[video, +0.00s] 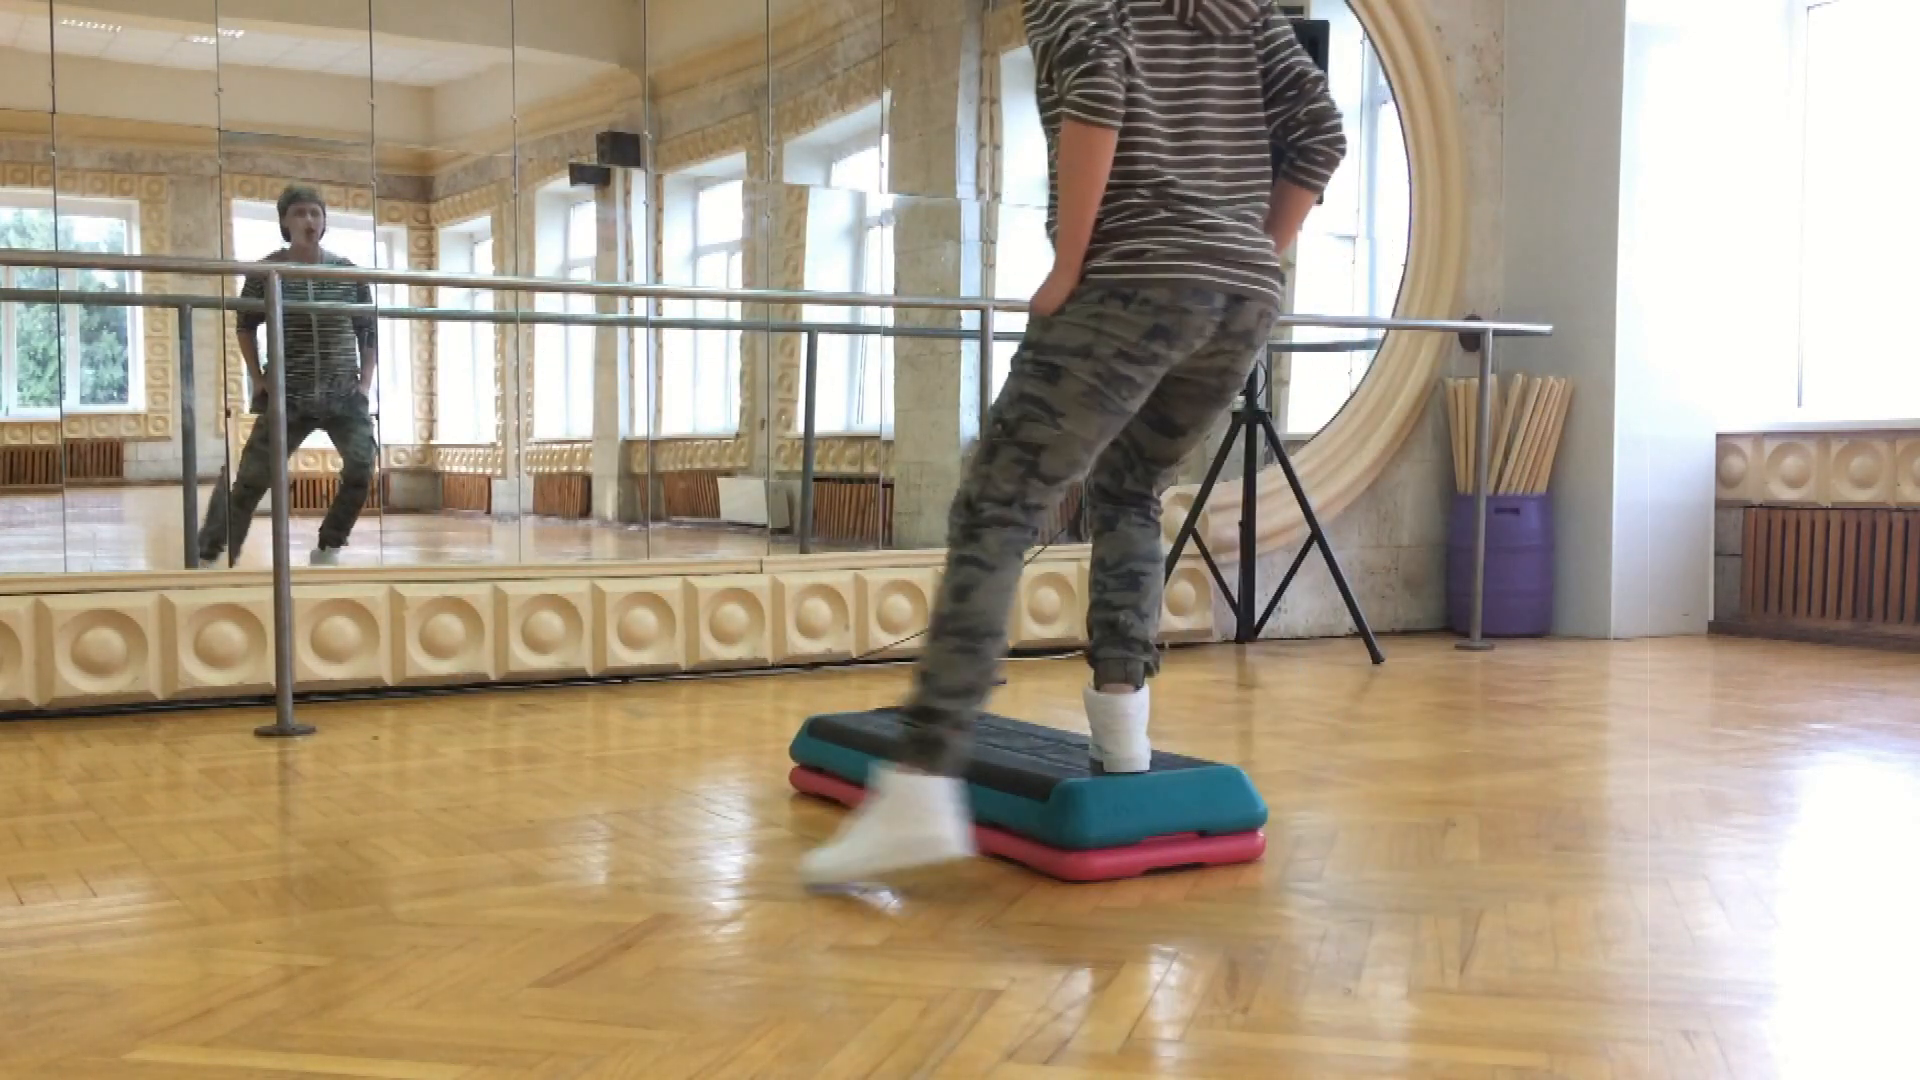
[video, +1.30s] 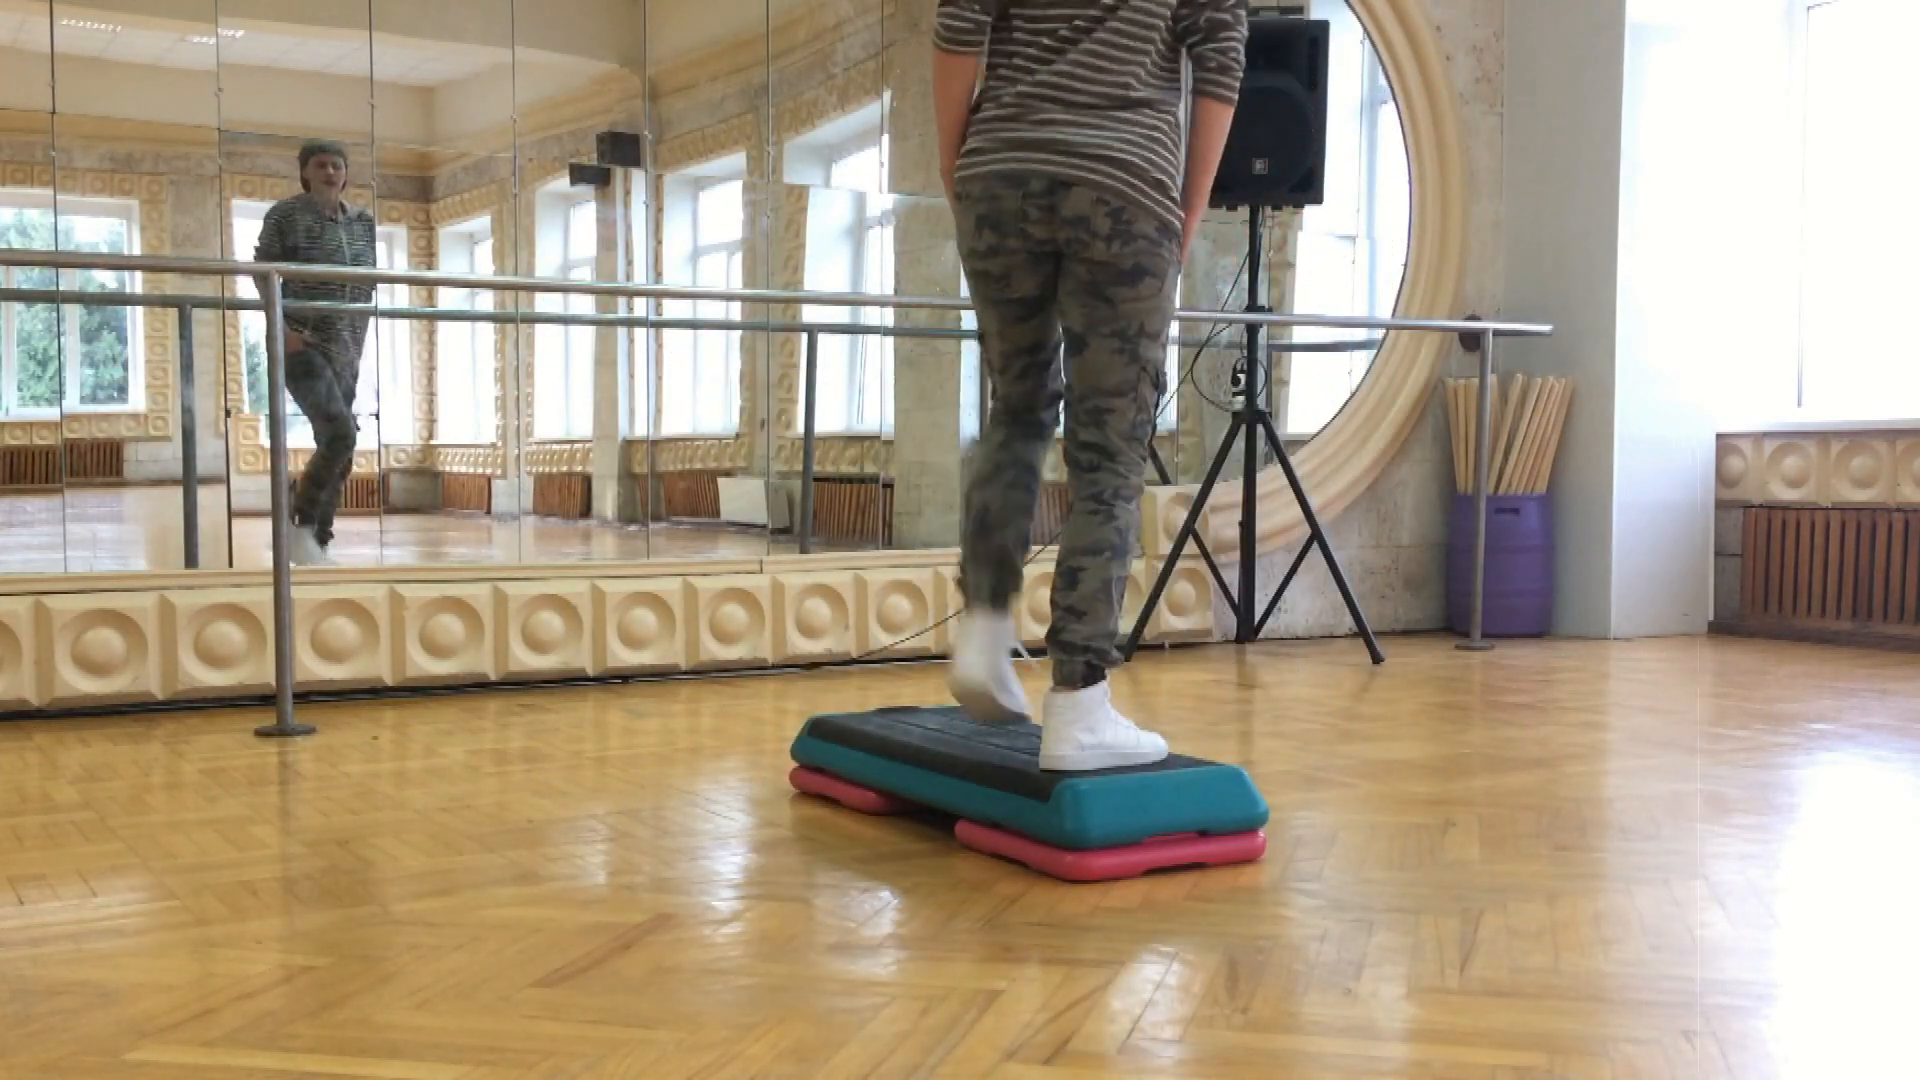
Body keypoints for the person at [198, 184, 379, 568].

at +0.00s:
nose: (310, 220)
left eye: (316, 214)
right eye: (300, 214)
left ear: (326, 222)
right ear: (284, 223)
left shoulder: (349, 273)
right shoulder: (266, 271)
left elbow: (369, 336)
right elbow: (244, 326)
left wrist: (363, 386)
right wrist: (257, 376)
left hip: (343, 394)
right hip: (289, 395)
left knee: (362, 467)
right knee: (253, 477)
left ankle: (329, 546)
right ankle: (210, 553)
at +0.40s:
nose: (331, 200)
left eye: (337, 194)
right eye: (321, 194)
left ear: (347, 204)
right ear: (305, 204)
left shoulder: (364, 258)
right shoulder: (287, 251)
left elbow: (373, 319)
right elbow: (256, 304)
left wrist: (365, 370)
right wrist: (265, 358)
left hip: (341, 381)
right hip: (289, 375)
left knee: (356, 469)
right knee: (249, 459)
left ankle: (328, 551)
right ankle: (181, 528)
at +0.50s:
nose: (333, 183)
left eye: (339, 177)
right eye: (323, 177)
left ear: (350, 187)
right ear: (307, 187)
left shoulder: (364, 240)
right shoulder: (292, 234)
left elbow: (370, 306)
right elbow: (258, 284)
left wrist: (357, 355)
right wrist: (275, 342)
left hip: (338, 367)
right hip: (286, 358)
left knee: (354, 461)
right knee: (248, 442)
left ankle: (327, 549)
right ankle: (158, 477)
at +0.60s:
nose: (332, 183)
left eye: (338, 177)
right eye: (323, 177)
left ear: (349, 186)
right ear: (307, 187)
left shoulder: (363, 237)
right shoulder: (293, 233)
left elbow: (361, 298)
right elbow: (257, 288)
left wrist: (350, 342)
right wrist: (277, 333)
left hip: (340, 366)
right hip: (289, 356)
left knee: (363, 456)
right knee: (245, 434)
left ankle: (319, 544)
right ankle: (151, 414)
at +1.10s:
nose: (328, 186)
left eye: (334, 179)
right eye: (319, 180)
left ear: (345, 189)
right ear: (304, 191)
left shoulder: (363, 242)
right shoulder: (294, 235)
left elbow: (366, 306)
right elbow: (269, 294)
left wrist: (355, 356)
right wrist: (281, 344)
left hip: (343, 374)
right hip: (302, 368)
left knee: (356, 466)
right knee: (284, 456)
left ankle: (317, 552)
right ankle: (188, 435)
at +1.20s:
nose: (331, 175)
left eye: (337, 169)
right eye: (321, 169)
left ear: (347, 178)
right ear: (305, 178)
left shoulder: (362, 226)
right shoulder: (291, 217)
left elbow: (363, 288)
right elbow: (265, 277)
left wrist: (354, 338)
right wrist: (281, 332)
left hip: (344, 352)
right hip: (299, 344)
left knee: (345, 452)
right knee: (328, 439)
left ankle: (316, 542)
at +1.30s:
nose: (330, 171)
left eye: (336, 166)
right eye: (321, 165)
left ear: (347, 176)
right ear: (304, 173)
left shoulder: (362, 223)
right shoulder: (286, 214)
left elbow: (366, 286)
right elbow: (261, 270)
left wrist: (359, 337)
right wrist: (281, 327)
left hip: (347, 347)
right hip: (303, 342)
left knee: (340, 444)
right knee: (339, 435)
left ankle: (318, 538)